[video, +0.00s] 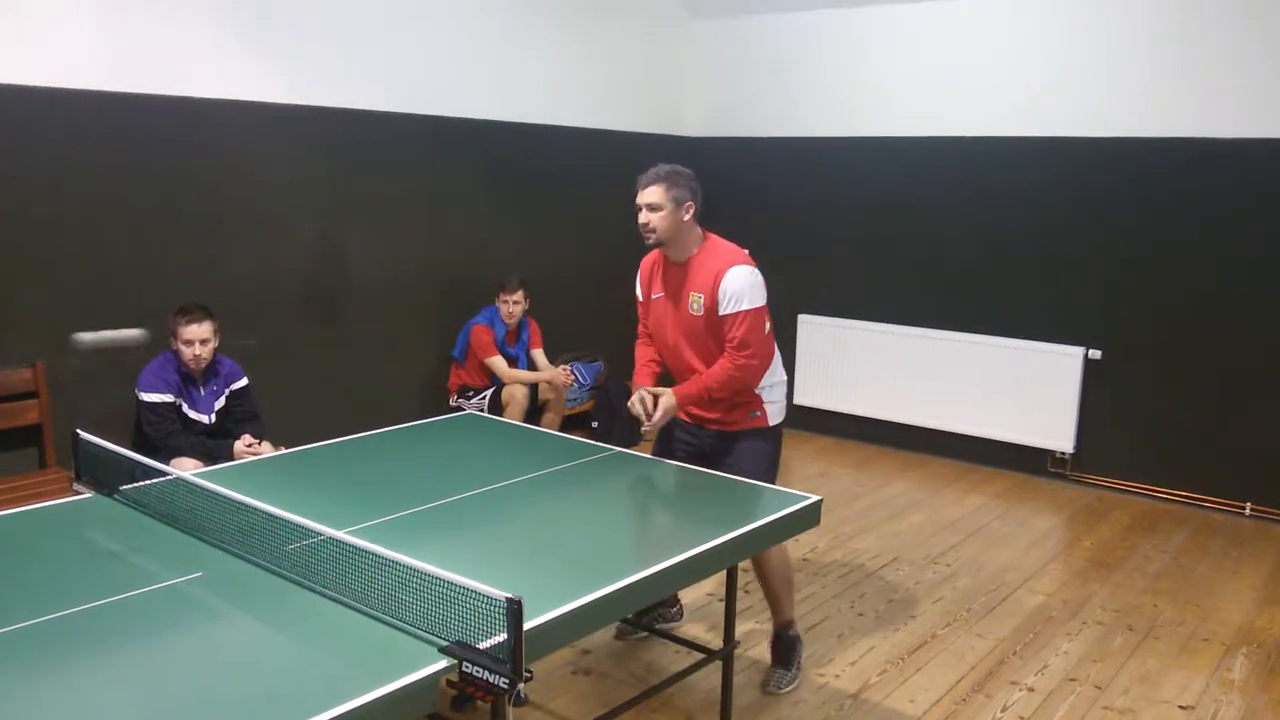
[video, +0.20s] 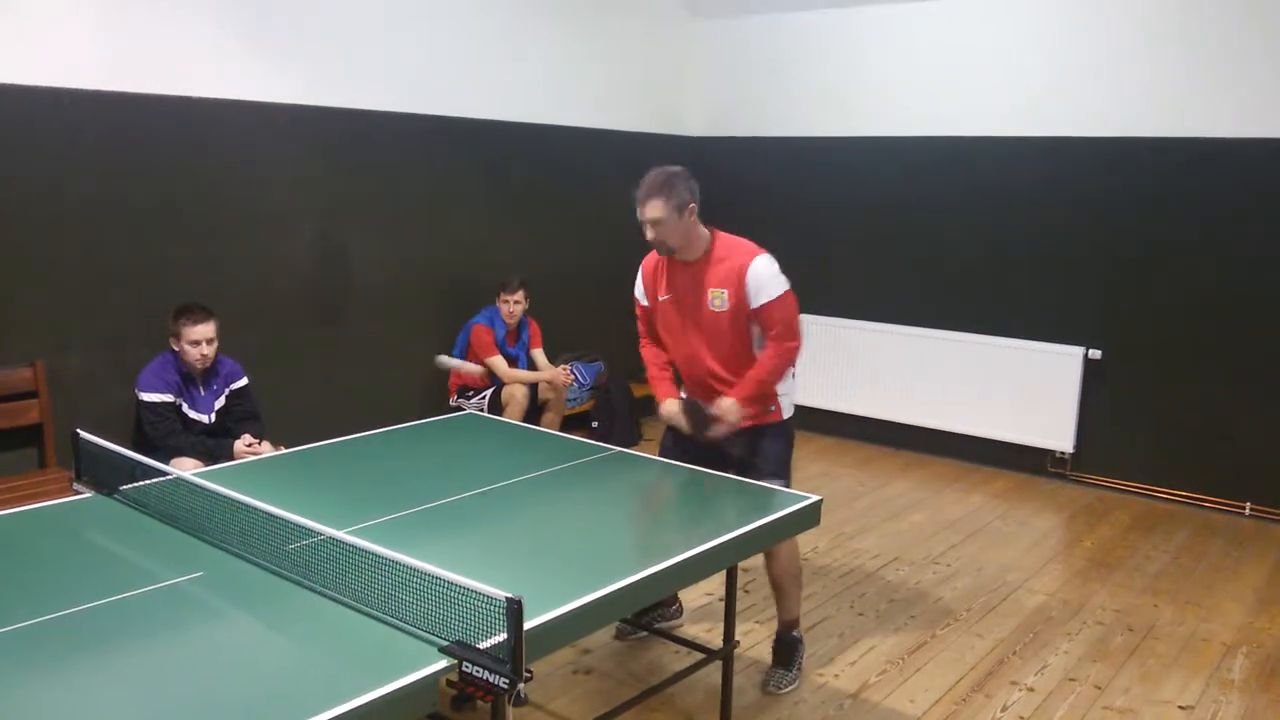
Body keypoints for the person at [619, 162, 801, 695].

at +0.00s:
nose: (641, 219)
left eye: (651, 209)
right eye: (639, 210)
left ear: (687, 210)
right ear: (646, 214)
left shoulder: (734, 272)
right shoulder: (649, 268)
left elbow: (746, 360)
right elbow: (647, 337)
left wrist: (678, 397)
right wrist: (644, 383)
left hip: (748, 417)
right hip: (688, 413)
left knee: (751, 520)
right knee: (652, 502)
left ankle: (786, 636)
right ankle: (663, 600)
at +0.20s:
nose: (650, 236)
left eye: (658, 223)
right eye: (644, 225)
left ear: (690, 212)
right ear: (645, 221)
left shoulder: (750, 264)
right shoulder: (651, 270)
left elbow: (785, 341)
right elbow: (651, 341)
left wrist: (742, 398)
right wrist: (665, 395)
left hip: (758, 419)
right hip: (691, 416)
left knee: (774, 524)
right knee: (656, 505)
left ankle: (789, 638)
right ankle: (663, 599)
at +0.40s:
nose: (679, 261)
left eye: (683, 250)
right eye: (671, 254)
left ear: (709, 229)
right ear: (663, 244)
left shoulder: (775, 264)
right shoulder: (668, 280)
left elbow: (822, 328)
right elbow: (669, 348)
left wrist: (814, 403)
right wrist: (695, 402)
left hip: (781, 415)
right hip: (717, 416)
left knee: (801, 519)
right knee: (679, 507)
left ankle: (812, 626)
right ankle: (663, 599)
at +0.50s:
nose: (713, 244)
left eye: (719, 235)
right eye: (706, 236)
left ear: (747, 214)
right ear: (701, 226)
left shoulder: (801, 258)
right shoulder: (698, 245)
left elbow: (852, 320)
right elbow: (659, 286)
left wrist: (841, 397)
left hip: (786, 413)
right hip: (723, 406)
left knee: (800, 522)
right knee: (689, 504)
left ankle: (812, 629)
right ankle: (664, 597)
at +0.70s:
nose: (763, 220)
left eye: (771, 209)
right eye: (759, 210)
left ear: (805, 198)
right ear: (770, 198)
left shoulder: (831, 267)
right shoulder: (797, 210)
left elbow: (870, 345)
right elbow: (799, 163)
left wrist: (844, 412)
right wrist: (783, 120)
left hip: (793, 408)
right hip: (739, 382)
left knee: (797, 523)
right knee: (685, 483)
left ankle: (808, 632)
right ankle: (657, 586)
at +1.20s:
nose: (791, 213)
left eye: (801, 205)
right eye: (787, 205)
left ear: (832, 205)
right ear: (785, 205)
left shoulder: (860, 264)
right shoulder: (776, 256)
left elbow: (903, 329)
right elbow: (740, 295)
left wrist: (889, 386)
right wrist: (697, 313)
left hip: (835, 408)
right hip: (787, 403)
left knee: (806, 506)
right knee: (810, 493)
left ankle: (805, 626)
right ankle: (848, 557)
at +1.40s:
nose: (782, 201)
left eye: (792, 193)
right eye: (778, 193)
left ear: (820, 195)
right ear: (775, 196)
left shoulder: (851, 255)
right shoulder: (770, 244)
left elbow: (882, 325)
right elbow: (728, 282)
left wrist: (902, 383)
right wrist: (712, 247)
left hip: (827, 396)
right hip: (783, 391)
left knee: (786, 491)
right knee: (806, 482)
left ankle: (781, 606)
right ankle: (844, 556)